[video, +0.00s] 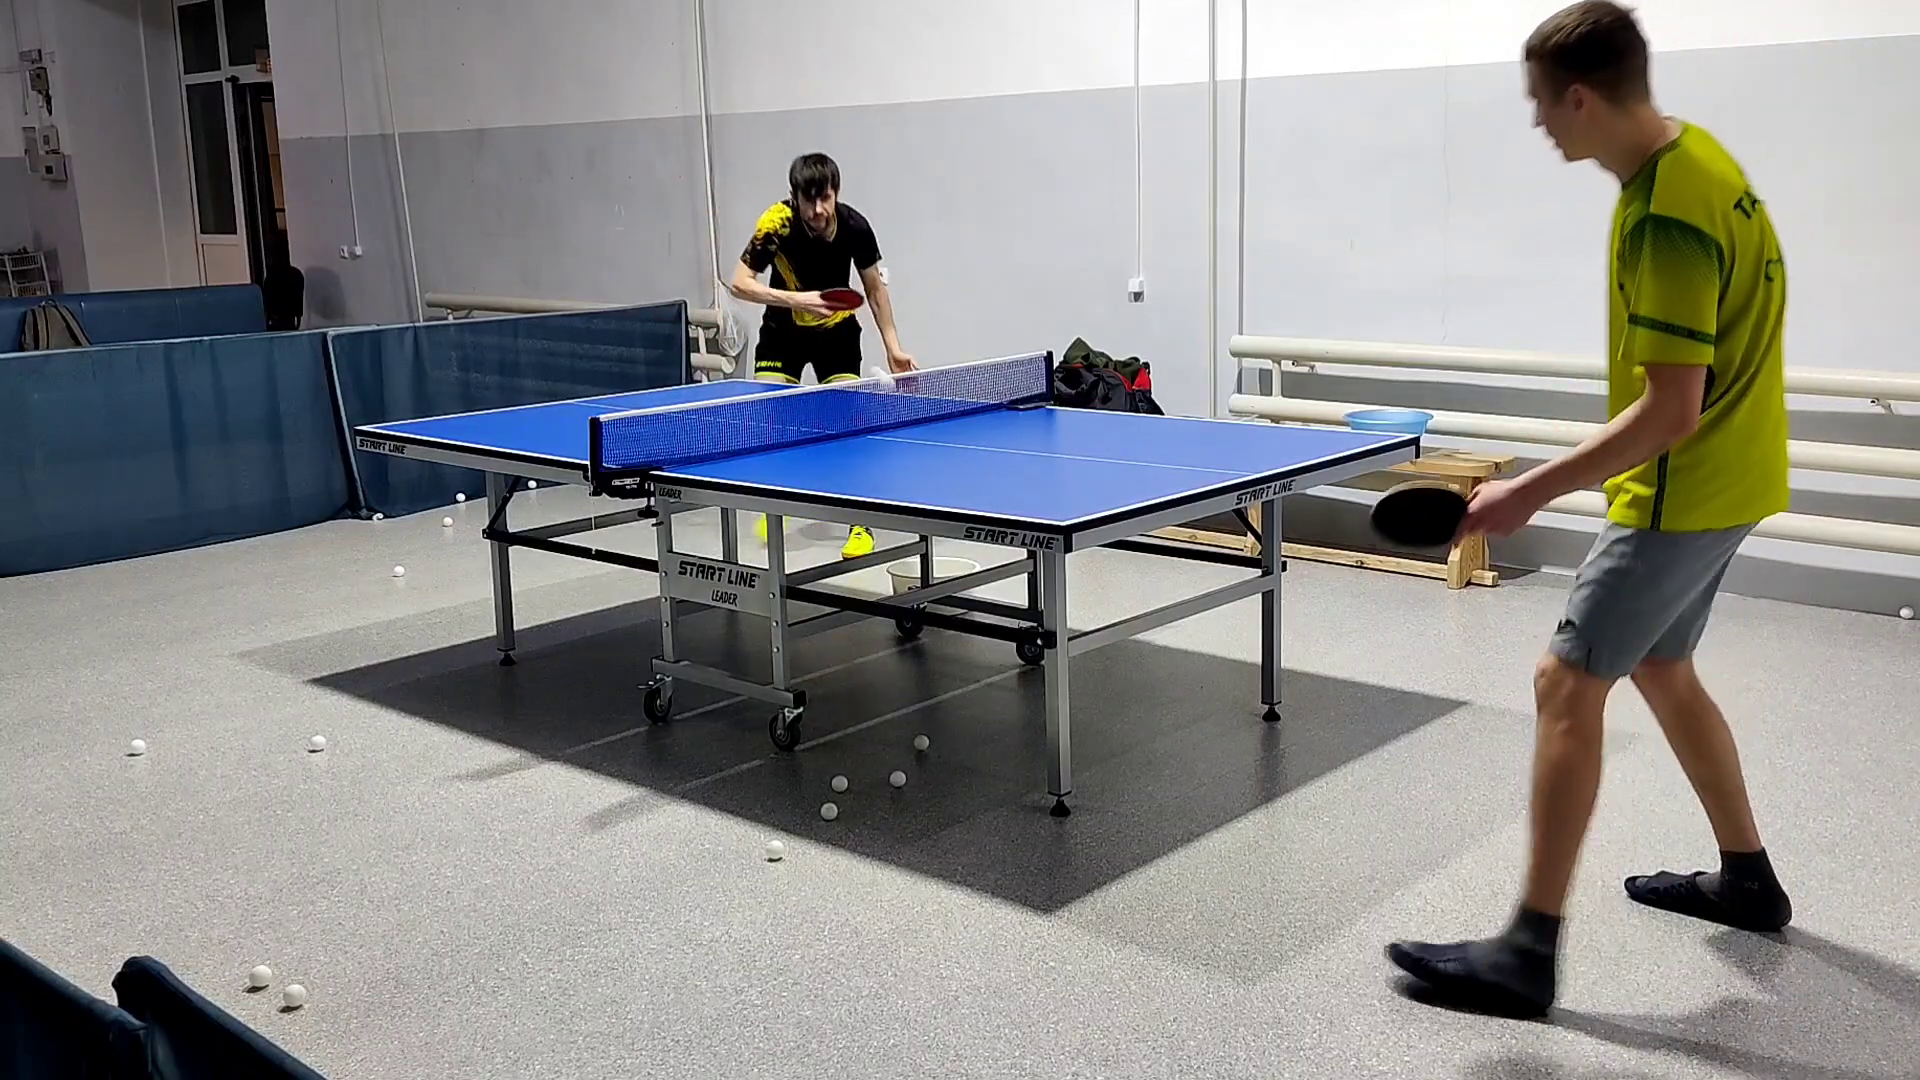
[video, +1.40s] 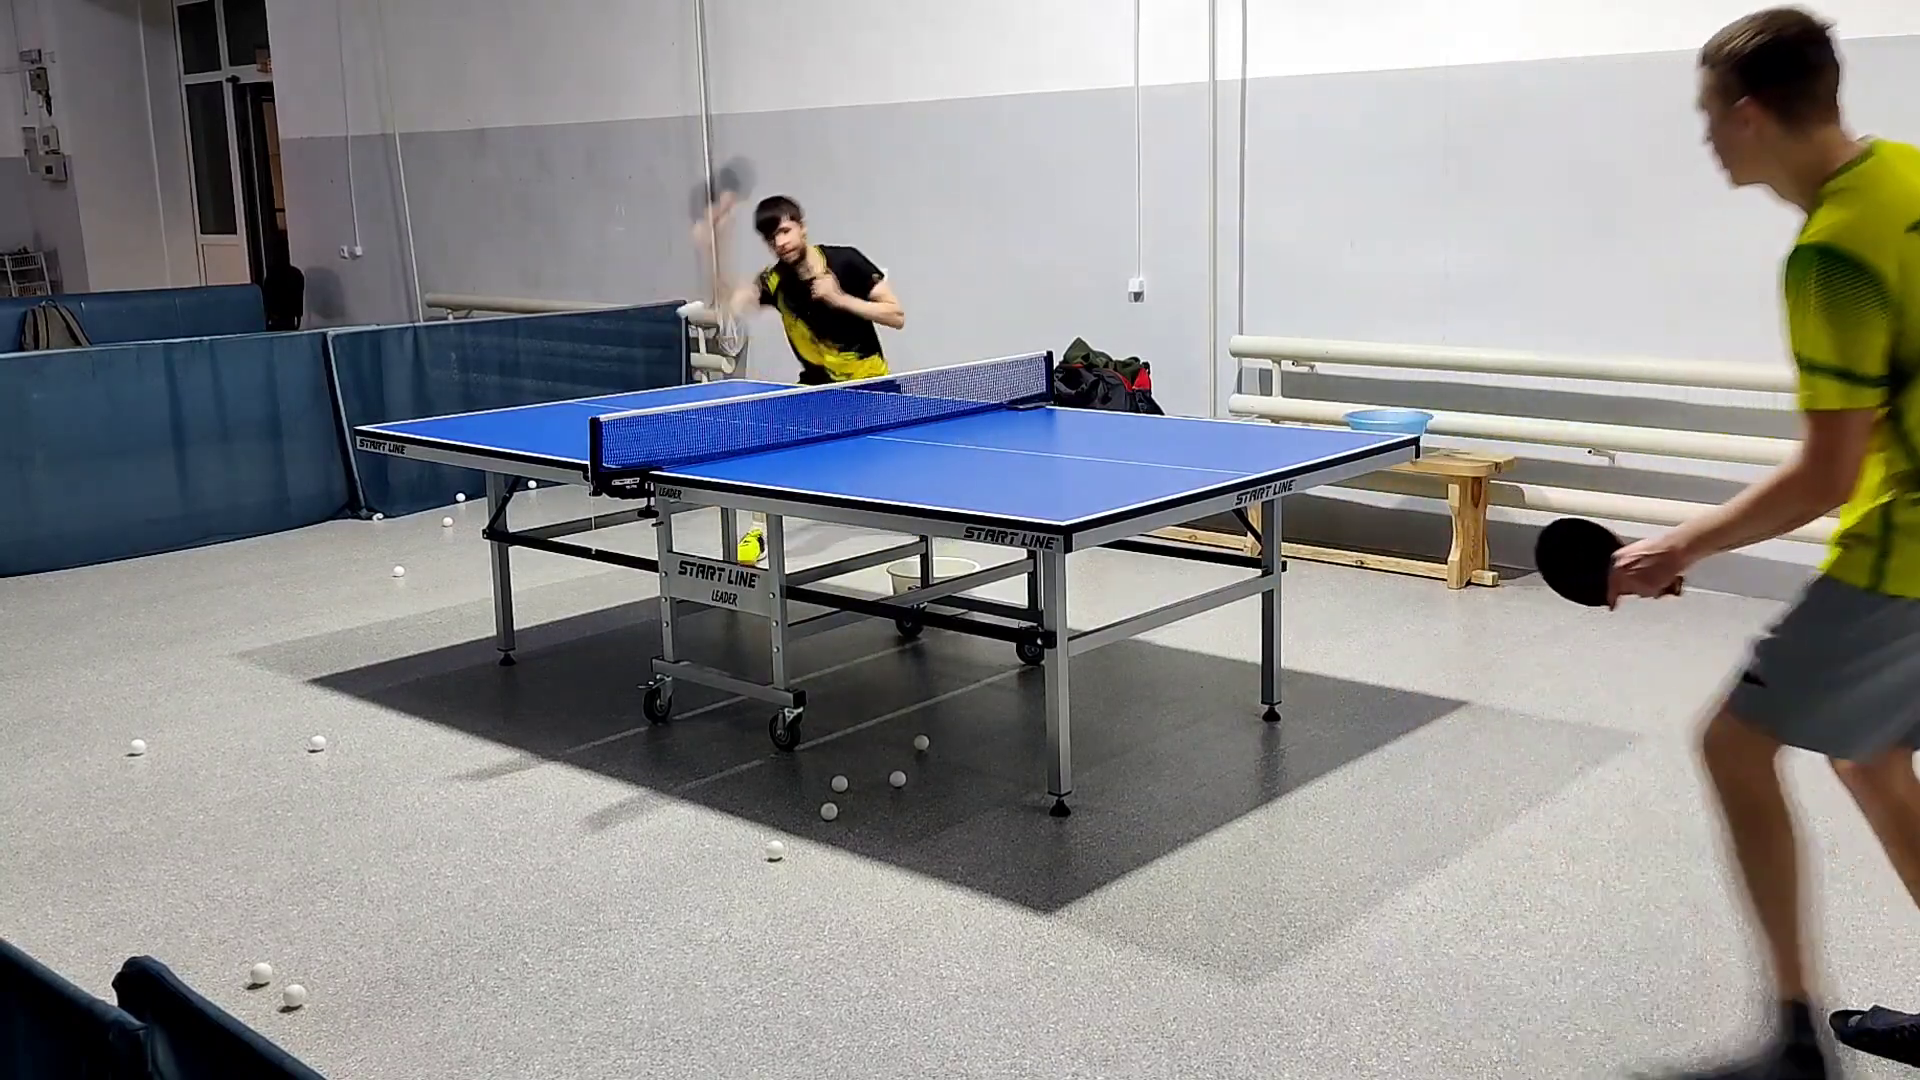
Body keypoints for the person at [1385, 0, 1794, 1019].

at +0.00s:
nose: (1544, 134)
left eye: (1546, 111)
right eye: (1539, 113)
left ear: (1592, 94)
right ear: (1617, 90)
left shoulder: (1674, 201)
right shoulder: (1691, 167)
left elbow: (1673, 408)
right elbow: (1704, 377)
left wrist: (1530, 490)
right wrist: (1637, 469)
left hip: (1682, 495)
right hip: (1715, 483)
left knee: (1567, 683)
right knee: (1661, 670)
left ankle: (1527, 949)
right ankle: (1747, 877)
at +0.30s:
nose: (1407, 187)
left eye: (1411, 165)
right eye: (1400, 168)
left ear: (1465, 146)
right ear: (1471, 145)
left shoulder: (1562, 237)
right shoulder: (1559, 202)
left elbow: (1560, 440)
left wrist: (1438, 477)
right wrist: (1478, 474)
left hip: (1615, 511)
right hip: (1659, 491)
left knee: (1473, 689)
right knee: (1639, 676)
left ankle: (1512, 954)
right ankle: (1744, 878)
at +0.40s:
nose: (1356, 228)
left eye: (1359, 206)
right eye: (1349, 208)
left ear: (1414, 186)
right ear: (1426, 182)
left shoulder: (1509, 273)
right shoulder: (1537, 210)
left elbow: (1476, 468)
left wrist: (1328, 518)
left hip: (1604, 517)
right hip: (1667, 489)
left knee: (1439, 696)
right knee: (1631, 680)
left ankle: (1509, 956)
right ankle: (1741, 876)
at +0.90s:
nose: (1405, 219)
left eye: (1405, 199)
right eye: (1400, 200)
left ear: (1438, 190)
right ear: (1492, 169)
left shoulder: (1473, 313)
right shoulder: (1613, 206)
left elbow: (1476, 482)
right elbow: (1650, 354)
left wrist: (1438, 474)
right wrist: (1525, 429)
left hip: (1648, 541)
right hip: (1766, 512)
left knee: (1471, 694)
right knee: (1725, 710)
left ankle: (1509, 955)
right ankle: (1890, 935)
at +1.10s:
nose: (1545, 190)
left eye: (1548, 167)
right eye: (1542, 168)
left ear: (1585, 157)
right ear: (1639, 144)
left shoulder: (1625, 287)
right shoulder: (1754, 201)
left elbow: (1628, 492)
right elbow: (1806, 373)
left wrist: (1558, 535)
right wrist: (1664, 470)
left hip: (1751, 559)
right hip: (1864, 536)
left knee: (1555, 703)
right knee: (1797, 758)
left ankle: (1519, 957)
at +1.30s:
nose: (1672, 168)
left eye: (1678, 145)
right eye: (1670, 147)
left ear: (1727, 135)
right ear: (1766, 127)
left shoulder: (1778, 270)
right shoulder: (1878, 192)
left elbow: (1777, 487)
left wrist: (1644, 550)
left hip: (1868, 569)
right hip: (1919, 557)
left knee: (1667, 721)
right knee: (1847, 766)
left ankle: (1624, 995)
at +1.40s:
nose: (1708, 141)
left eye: (1714, 116)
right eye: (1706, 118)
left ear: (1765, 110)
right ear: (1814, 101)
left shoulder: (1832, 248)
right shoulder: (1905, 174)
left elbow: (1833, 470)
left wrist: (1686, 546)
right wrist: (1703, 538)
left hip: (1894, 553)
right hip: (1915, 546)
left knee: (1736, 740)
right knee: (1871, 751)